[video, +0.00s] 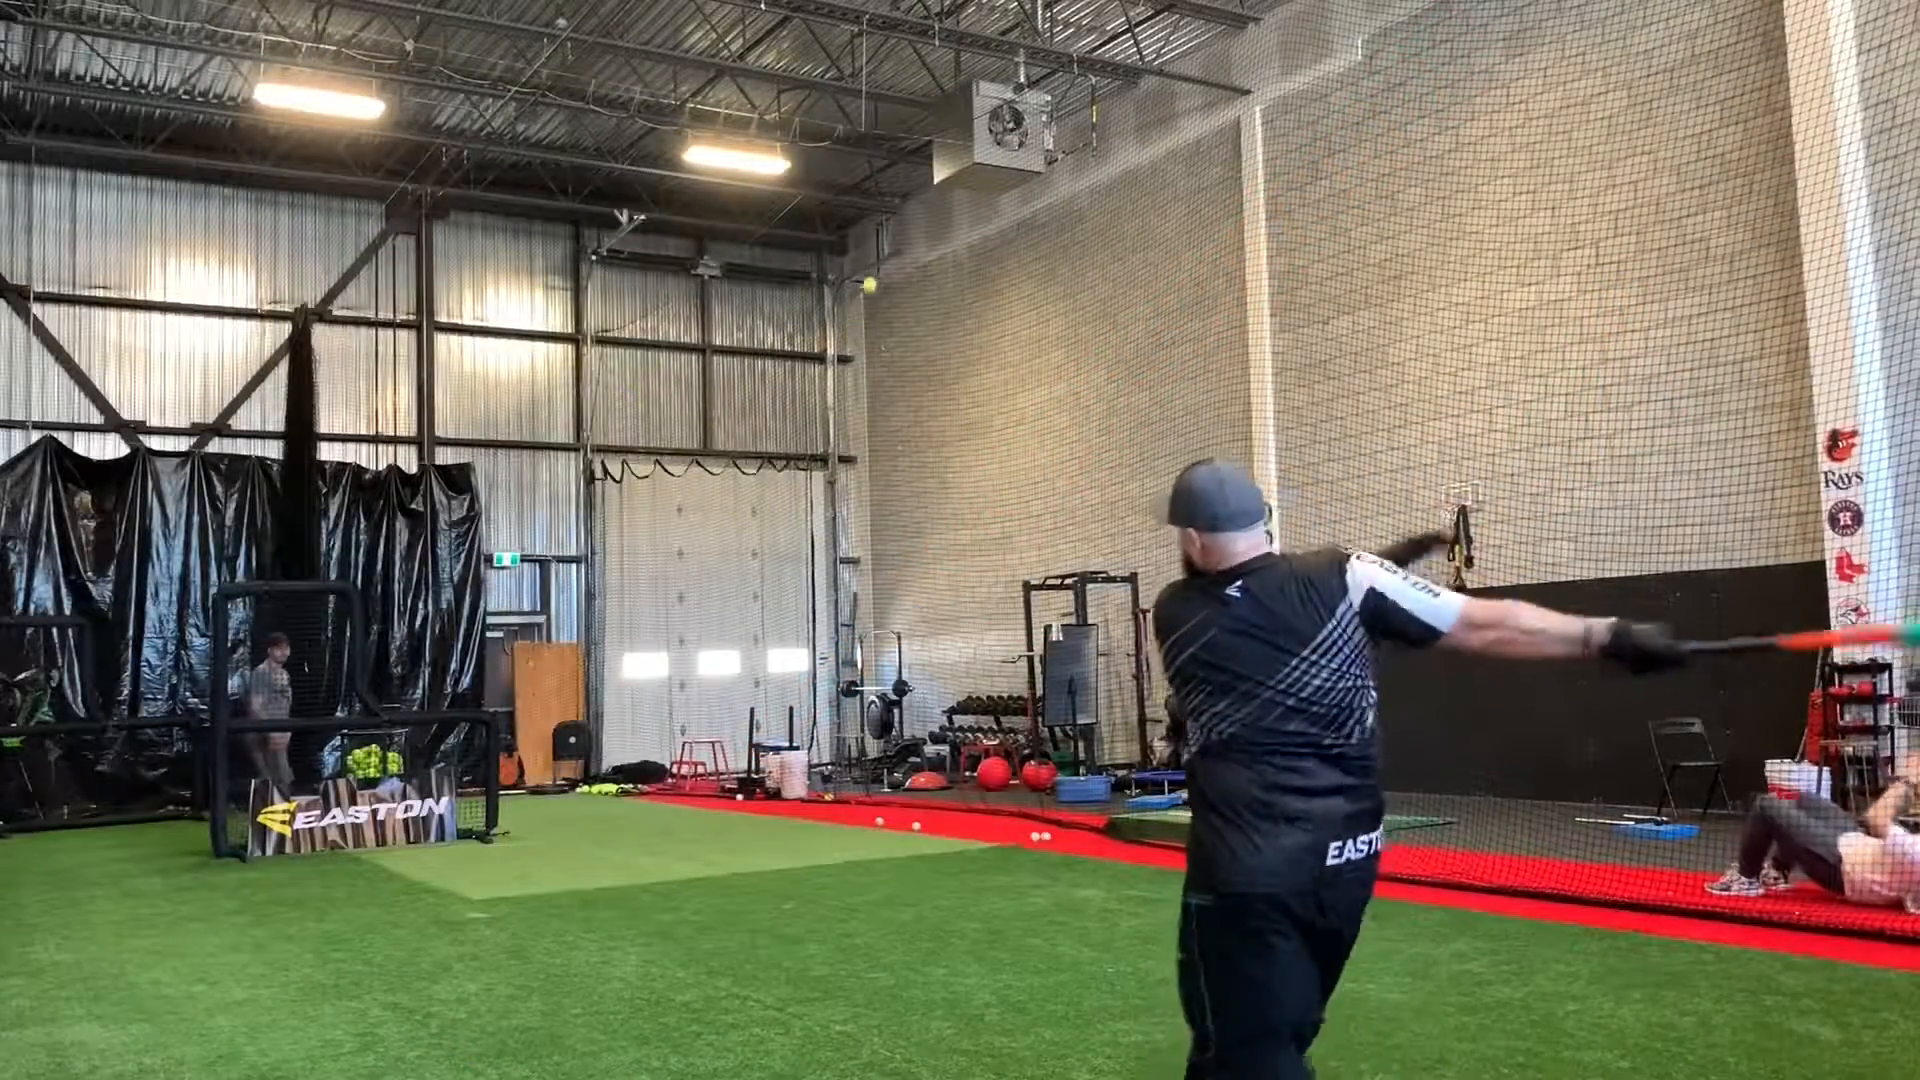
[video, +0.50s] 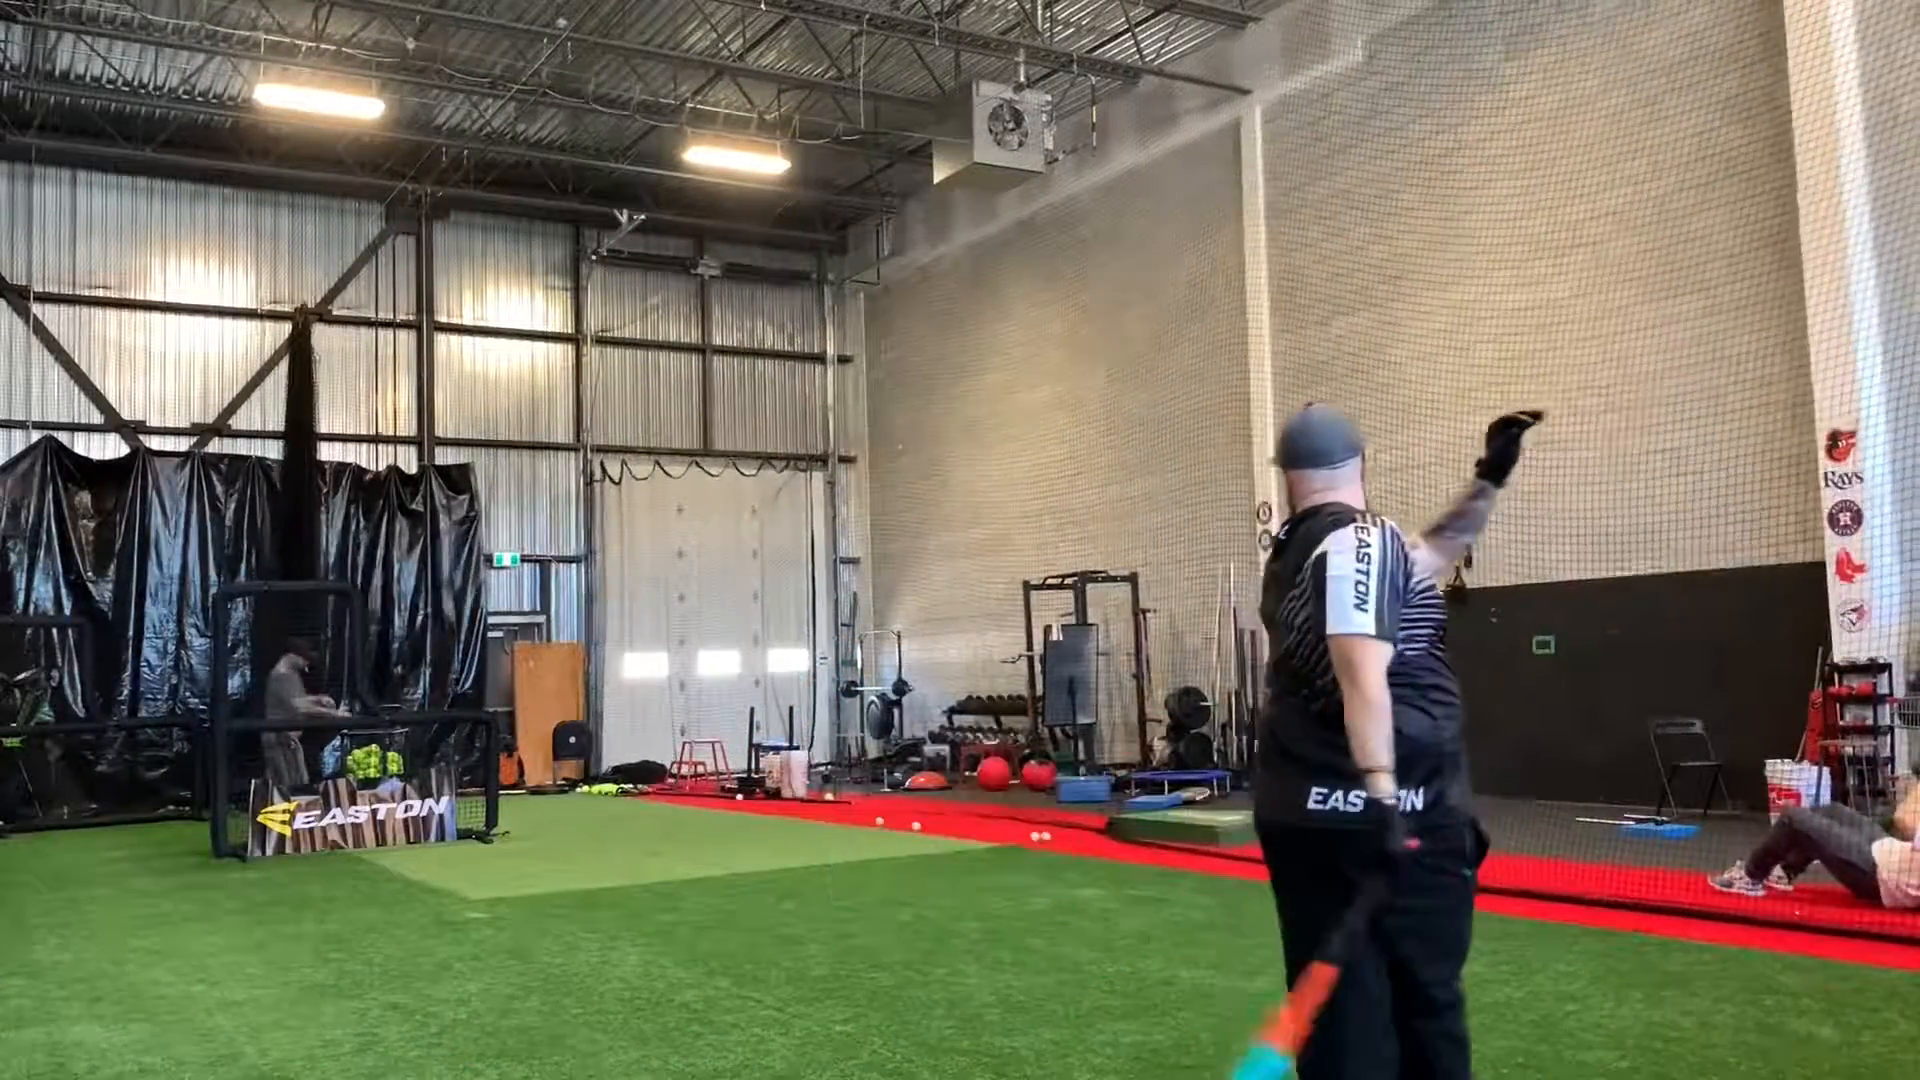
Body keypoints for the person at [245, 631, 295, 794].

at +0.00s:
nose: (284, 653)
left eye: (286, 649)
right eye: (279, 649)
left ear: (289, 651)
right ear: (269, 651)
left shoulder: (284, 673)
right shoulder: (261, 672)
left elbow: (286, 702)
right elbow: (256, 705)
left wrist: (285, 727)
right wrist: (269, 728)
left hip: (283, 726)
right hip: (267, 727)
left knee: (282, 772)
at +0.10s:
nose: (283, 656)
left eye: (286, 652)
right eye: (280, 652)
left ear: (288, 654)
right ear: (270, 652)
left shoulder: (282, 674)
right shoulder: (262, 672)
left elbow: (288, 705)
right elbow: (260, 705)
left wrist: (293, 728)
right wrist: (278, 729)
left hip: (282, 734)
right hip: (266, 733)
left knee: (289, 777)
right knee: (272, 778)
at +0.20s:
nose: (288, 657)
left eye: (289, 653)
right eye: (285, 653)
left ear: (278, 653)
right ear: (273, 652)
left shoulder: (279, 674)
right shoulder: (265, 673)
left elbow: (283, 703)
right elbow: (266, 706)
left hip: (283, 733)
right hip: (268, 733)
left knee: (297, 776)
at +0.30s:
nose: (292, 659)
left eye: (293, 655)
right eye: (289, 654)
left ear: (278, 653)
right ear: (277, 652)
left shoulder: (279, 673)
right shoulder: (269, 674)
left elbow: (283, 700)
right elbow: (278, 707)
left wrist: (302, 701)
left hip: (284, 730)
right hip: (272, 733)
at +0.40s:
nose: (297, 661)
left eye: (298, 657)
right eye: (294, 657)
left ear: (283, 655)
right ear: (282, 655)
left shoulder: (282, 673)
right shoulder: (274, 675)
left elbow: (288, 700)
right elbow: (284, 708)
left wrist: (308, 699)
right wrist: (317, 711)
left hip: (287, 731)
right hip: (276, 734)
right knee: (289, 780)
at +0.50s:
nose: (308, 662)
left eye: (309, 658)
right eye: (306, 657)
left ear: (295, 653)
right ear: (296, 653)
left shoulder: (291, 671)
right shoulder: (283, 674)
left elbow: (297, 698)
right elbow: (298, 706)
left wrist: (317, 700)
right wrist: (334, 714)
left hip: (288, 733)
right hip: (278, 736)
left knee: (298, 780)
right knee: (289, 782)